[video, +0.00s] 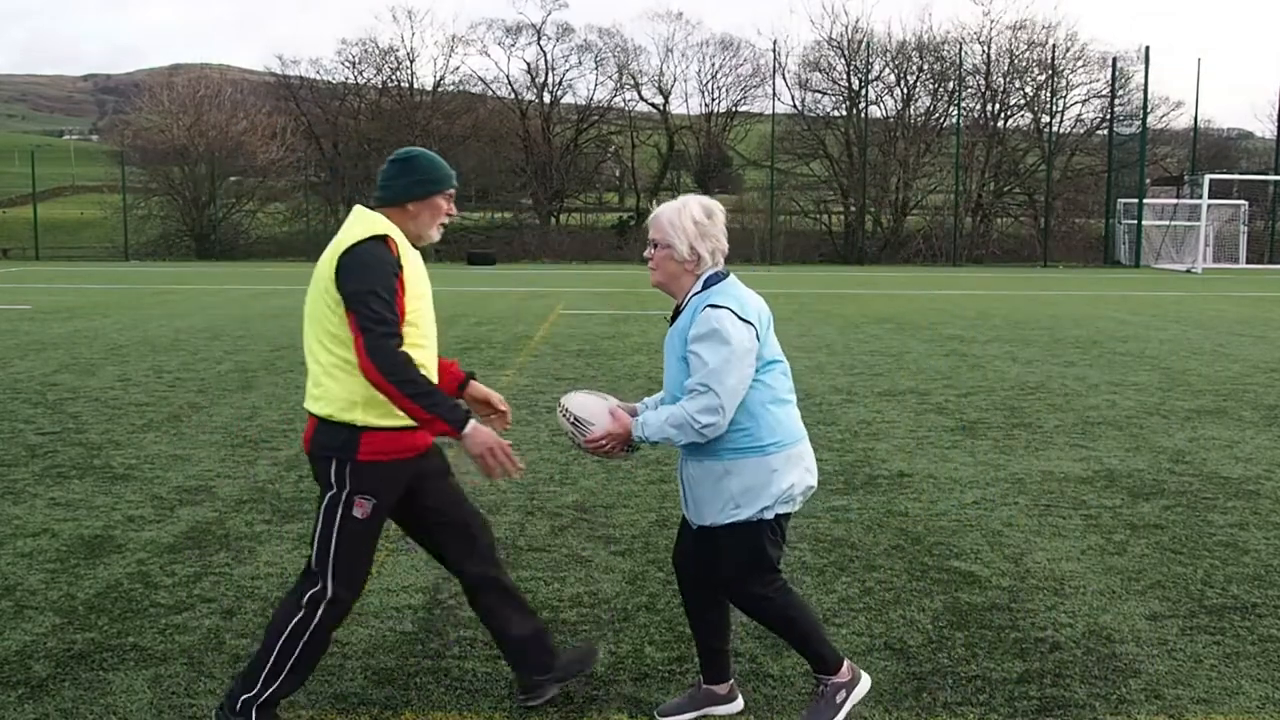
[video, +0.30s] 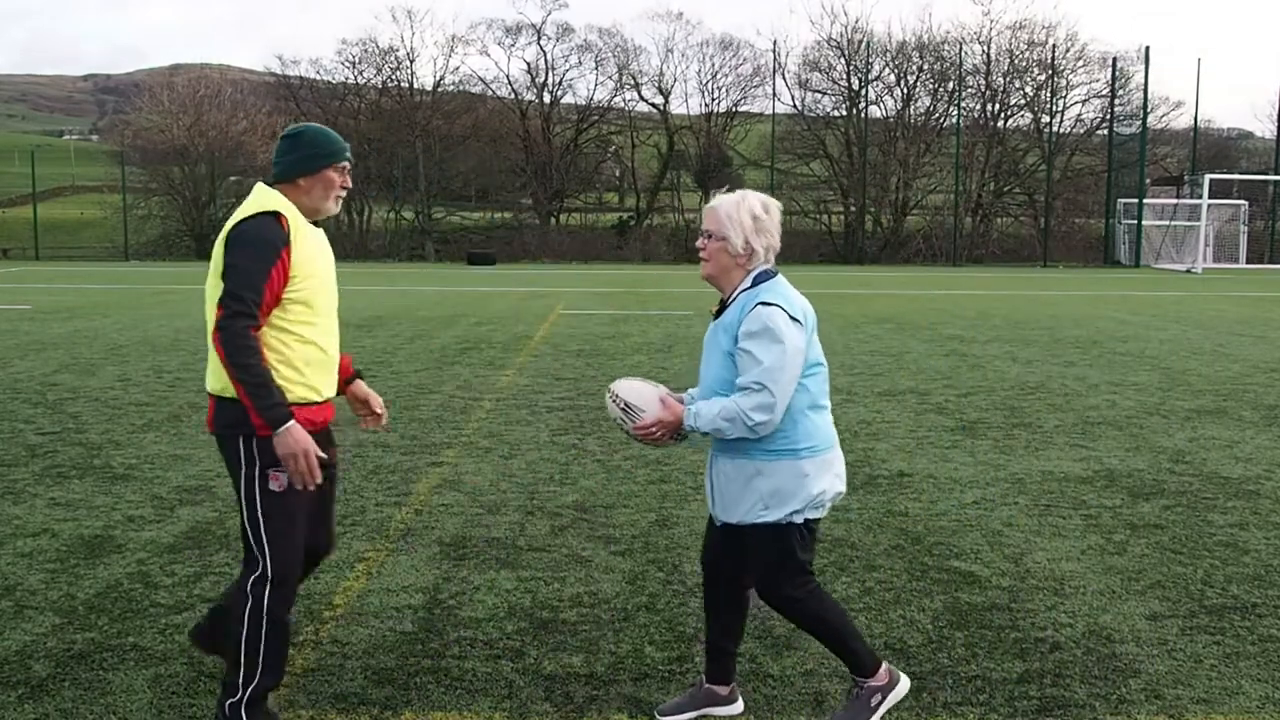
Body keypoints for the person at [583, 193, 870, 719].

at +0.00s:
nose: (646, 256)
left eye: (657, 246)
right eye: (648, 245)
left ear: (691, 254)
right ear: (691, 256)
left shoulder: (721, 314)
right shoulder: (696, 311)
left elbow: (706, 414)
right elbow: (684, 395)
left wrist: (637, 427)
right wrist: (631, 416)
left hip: (759, 472)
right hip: (721, 471)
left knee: (745, 575)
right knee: (694, 563)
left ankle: (838, 674)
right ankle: (718, 686)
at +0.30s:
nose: (699, 246)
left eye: (710, 237)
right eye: (701, 236)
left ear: (745, 248)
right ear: (740, 250)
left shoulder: (770, 312)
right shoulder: (741, 306)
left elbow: (759, 410)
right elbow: (729, 388)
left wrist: (688, 417)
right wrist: (681, 404)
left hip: (785, 478)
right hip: (745, 473)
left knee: (783, 583)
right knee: (721, 568)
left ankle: (877, 676)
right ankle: (718, 686)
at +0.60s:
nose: (785, 252)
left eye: (796, 243)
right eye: (787, 241)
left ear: (829, 253)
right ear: (823, 253)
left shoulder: (859, 322)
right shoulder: (826, 314)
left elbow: (855, 420)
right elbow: (809, 394)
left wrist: (777, 431)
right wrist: (763, 416)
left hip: (862, 486)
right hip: (822, 478)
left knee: (844, 587)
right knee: (784, 566)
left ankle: (890, 696)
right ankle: (750, 678)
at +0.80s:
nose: (829, 247)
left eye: (840, 237)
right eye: (831, 235)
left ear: (875, 246)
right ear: (872, 246)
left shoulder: (905, 314)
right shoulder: (871, 305)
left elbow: (905, 410)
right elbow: (854, 386)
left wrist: (829, 426)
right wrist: (808, 413)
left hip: (905, 477)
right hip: (870, 469)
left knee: (872, 577)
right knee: (838, 558)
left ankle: (892, 696)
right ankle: (889, 666)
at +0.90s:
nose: (852, 244)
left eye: (864, 235)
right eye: (854, 233)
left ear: (900, 243)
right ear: (895, 243)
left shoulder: (928, 310)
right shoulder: (891, 303)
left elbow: (931, 406)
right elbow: (874, 382)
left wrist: (855, 420)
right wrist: (829, 408)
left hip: (927, 474)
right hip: (898, 468)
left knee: (884, 573)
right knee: (896, 568)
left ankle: (893, 696)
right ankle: (962, 660)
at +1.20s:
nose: (913, 249)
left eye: (922, 239)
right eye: (914, 238)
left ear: (956, 246)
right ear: (949, 246)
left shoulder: (994, 310)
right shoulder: (952, 306)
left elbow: (1002, 400)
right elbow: (941, 383)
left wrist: (929, 420)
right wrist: (901, 411)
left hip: (1004, 466)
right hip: (976, 461)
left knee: (952, 565)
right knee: (953, 563)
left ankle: (986, 686)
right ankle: (979, 677)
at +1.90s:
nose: (1051, 239)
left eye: (1062, 231)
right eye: (1051, 228)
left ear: (1100, 241)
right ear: (1082, 239)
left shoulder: (1130, 305)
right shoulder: (1063, 298)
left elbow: (1143, 394)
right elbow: (1056, 375)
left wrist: (1061, 413)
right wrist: (1023, 407)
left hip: (1124, 468)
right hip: (1084, 464)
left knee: (1109, 578)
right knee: (1095, 574)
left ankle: (1118, 690)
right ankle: (1123, 668)